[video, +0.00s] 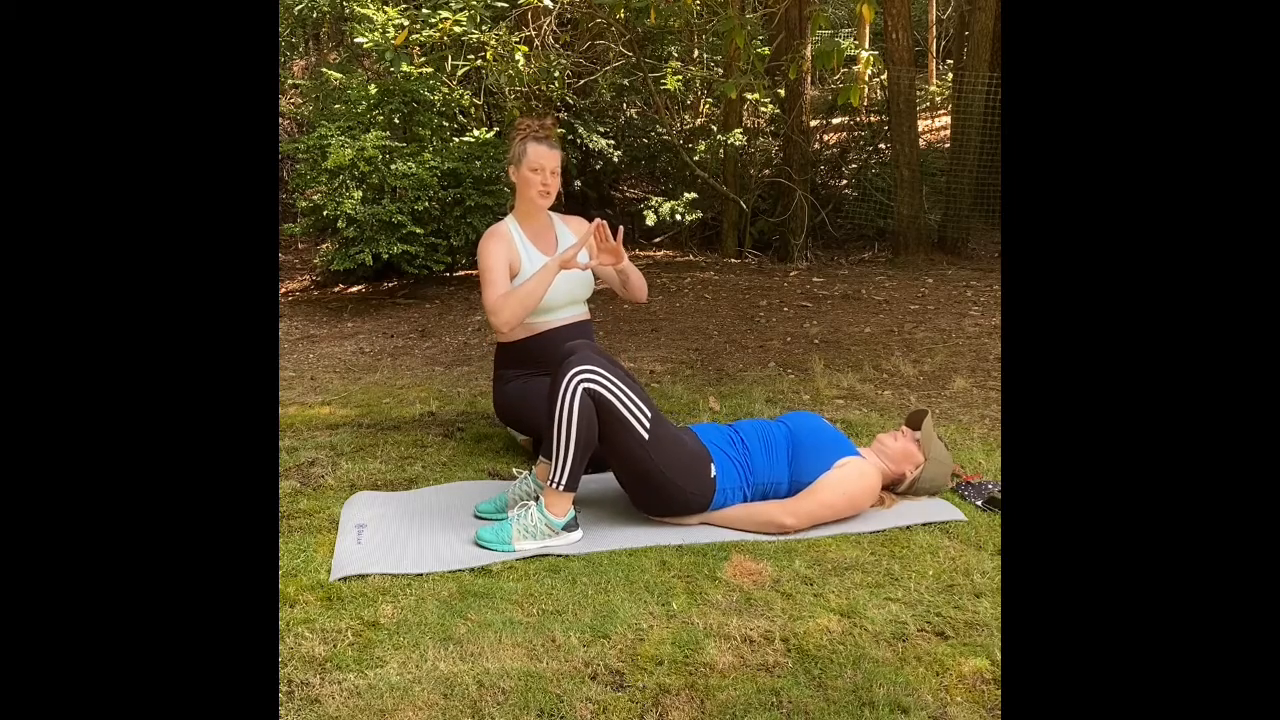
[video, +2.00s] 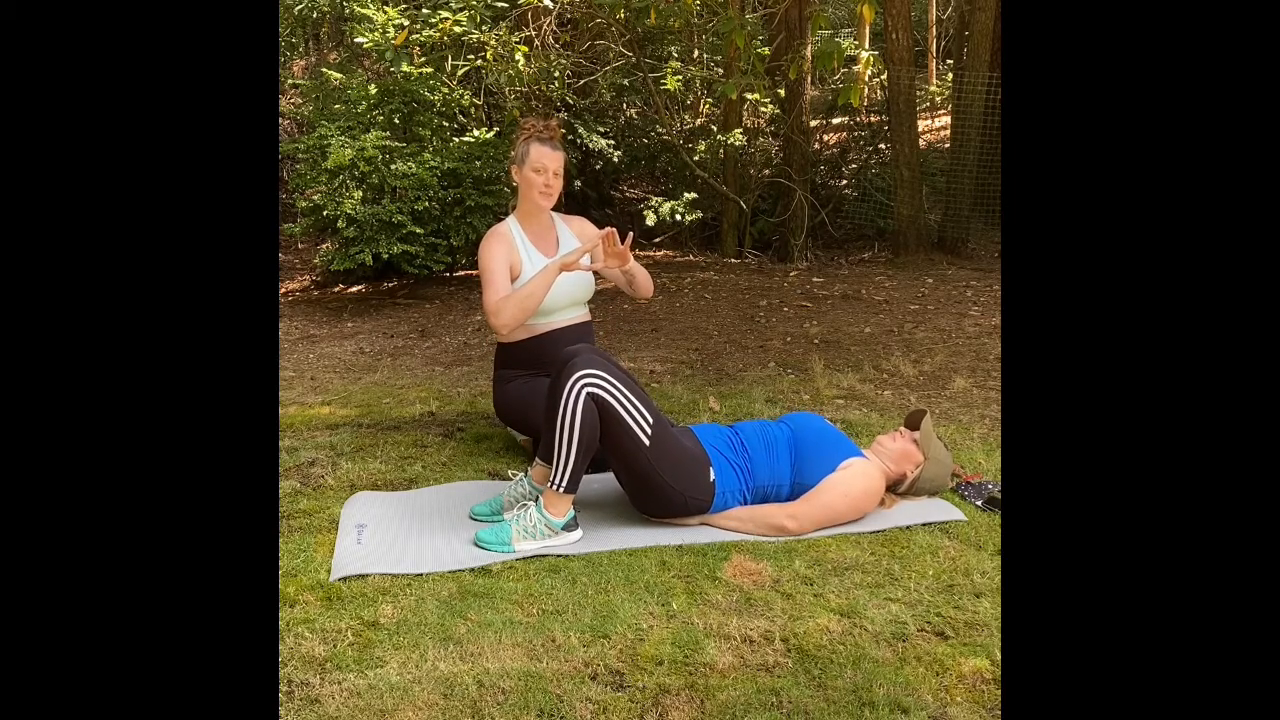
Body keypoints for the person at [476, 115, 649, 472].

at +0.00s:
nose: (548, 182)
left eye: (554, 173)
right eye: (537, 171)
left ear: (561, 178)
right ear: (513, 174)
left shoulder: (577, 229)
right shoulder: (497, 241)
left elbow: (638, 296)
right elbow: (502, 321)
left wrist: (623, 267)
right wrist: (554, 264)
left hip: (584, 363)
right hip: (523, 376)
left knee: (639, 438)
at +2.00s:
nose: (550, 182)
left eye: (557, 174)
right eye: (539, 171)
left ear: (564, 179)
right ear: (516, 174)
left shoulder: (579, 229)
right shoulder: (498, 242)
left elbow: (644, 292)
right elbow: (501, 321)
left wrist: (629, 269)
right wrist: (554, 267)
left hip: (583, 364)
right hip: (523, 377)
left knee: (641, 441)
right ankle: (540, 452)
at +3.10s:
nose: (549, 183)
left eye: (558, 175)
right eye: (539, 172)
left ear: (565, 180)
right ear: (518, 174)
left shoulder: (581, 230)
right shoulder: (500, 242)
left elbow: (641, 297)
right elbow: (495, 330)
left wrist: (628, 286)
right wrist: (561, 292)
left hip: (585, 366)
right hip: (523, 379)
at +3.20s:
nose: (549, 181)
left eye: (558, 173)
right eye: (539, 171)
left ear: (565, 179)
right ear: (518, 174)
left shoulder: (583, 231)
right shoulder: (502, 242)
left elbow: (626, 289)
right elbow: (491, 336)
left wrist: (629, 302)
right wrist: (564, 320)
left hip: (581, 368)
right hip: (521, 381)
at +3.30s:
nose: (551, 181)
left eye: (559, 172)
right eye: (540, 170)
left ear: (566, 178)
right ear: (519, 175)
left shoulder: (584, 232)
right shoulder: (503, 243)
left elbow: (620, 299)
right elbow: (491, 342)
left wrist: (625, 337)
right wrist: (569, 355)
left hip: (586, 367)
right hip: (523, 377)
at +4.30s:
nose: (563, 187)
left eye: (571, 177)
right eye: (553, 176)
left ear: (579, 181)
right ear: (531, 179)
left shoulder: (594, 234)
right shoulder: (511, 248)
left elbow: (617, 323)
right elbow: (526, 348)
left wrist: (616, 384)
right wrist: (590, 396)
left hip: (586, 367)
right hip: (526, 378)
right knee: (605, 441)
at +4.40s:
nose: (563, 186)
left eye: (571, 177)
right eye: (552, 176)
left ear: (579, 180)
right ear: (531, 179)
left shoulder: (595, 234)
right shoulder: (512, 247)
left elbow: (618, 324)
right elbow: (526, 349)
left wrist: (617, 384)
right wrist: (589, 396)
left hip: (589, 371)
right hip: (524, 380)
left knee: (584, 350)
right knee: (607, 444)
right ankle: (533, 465)